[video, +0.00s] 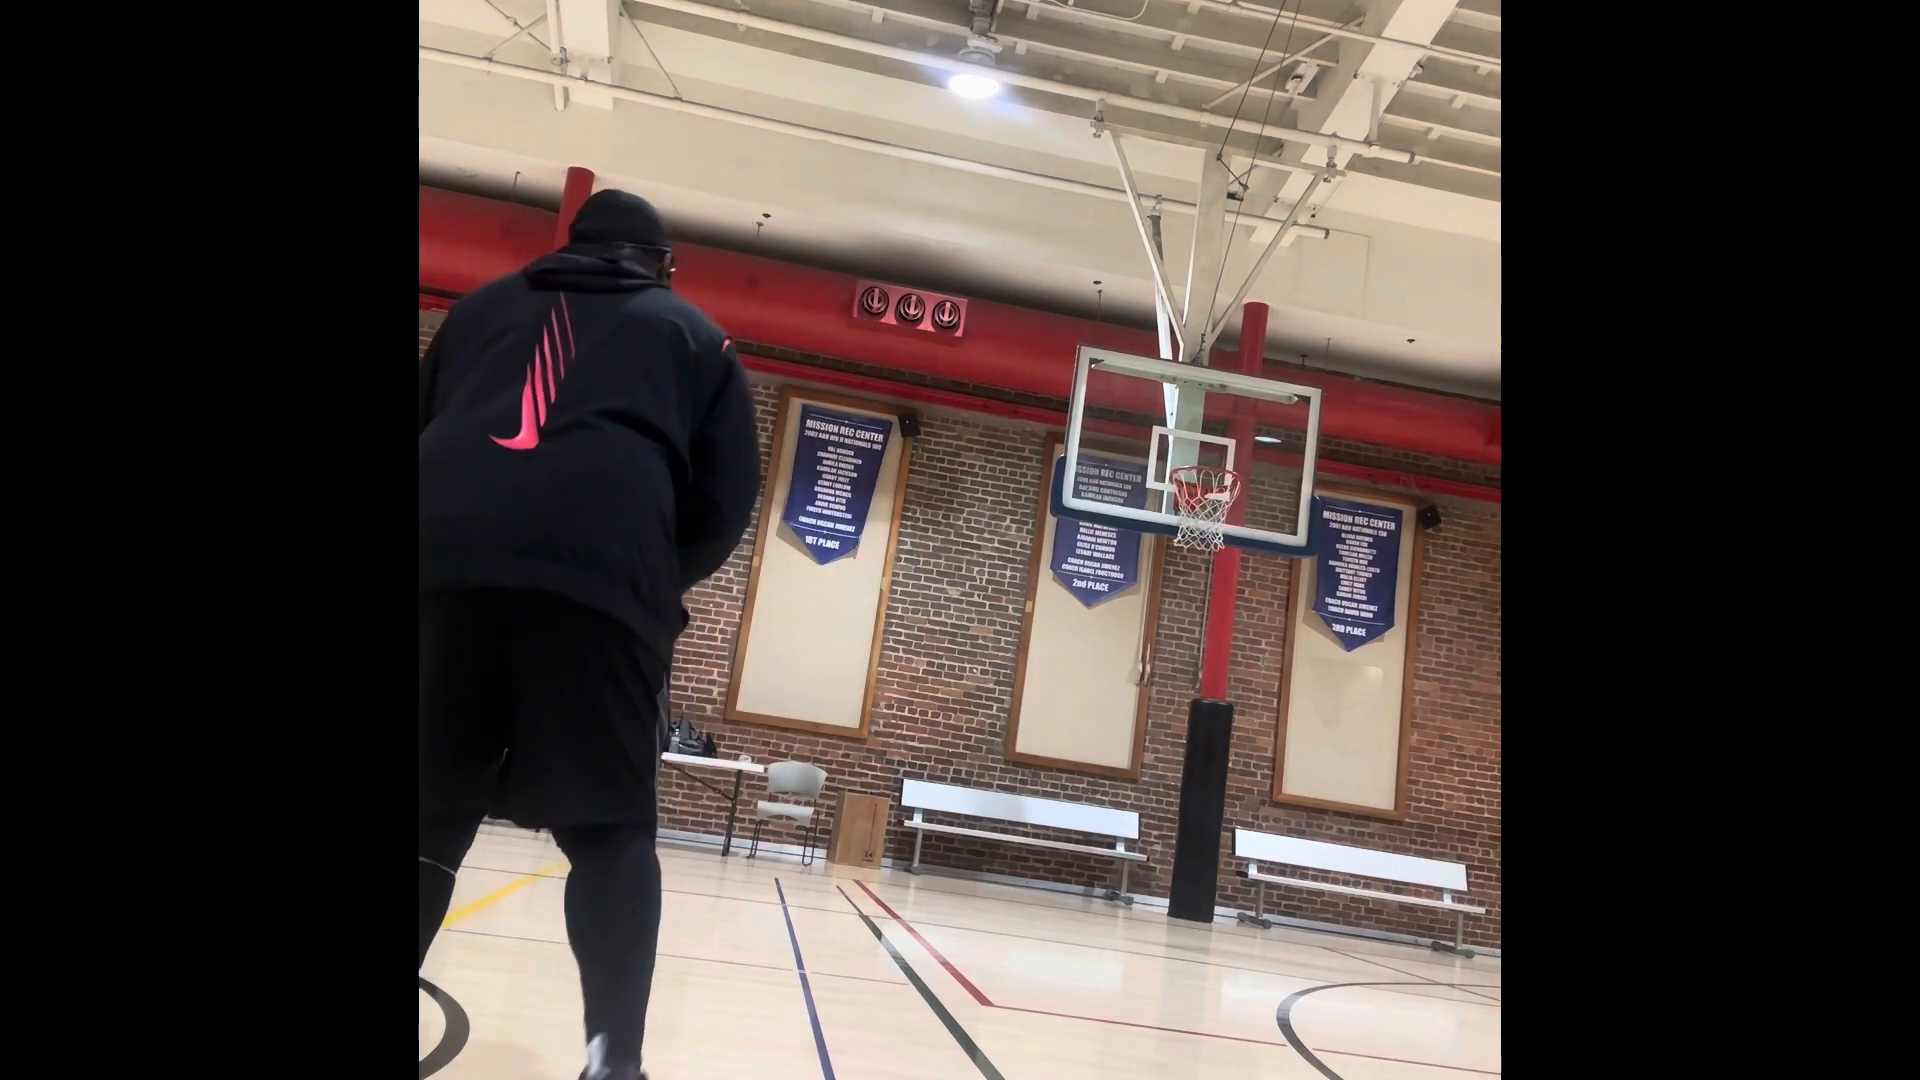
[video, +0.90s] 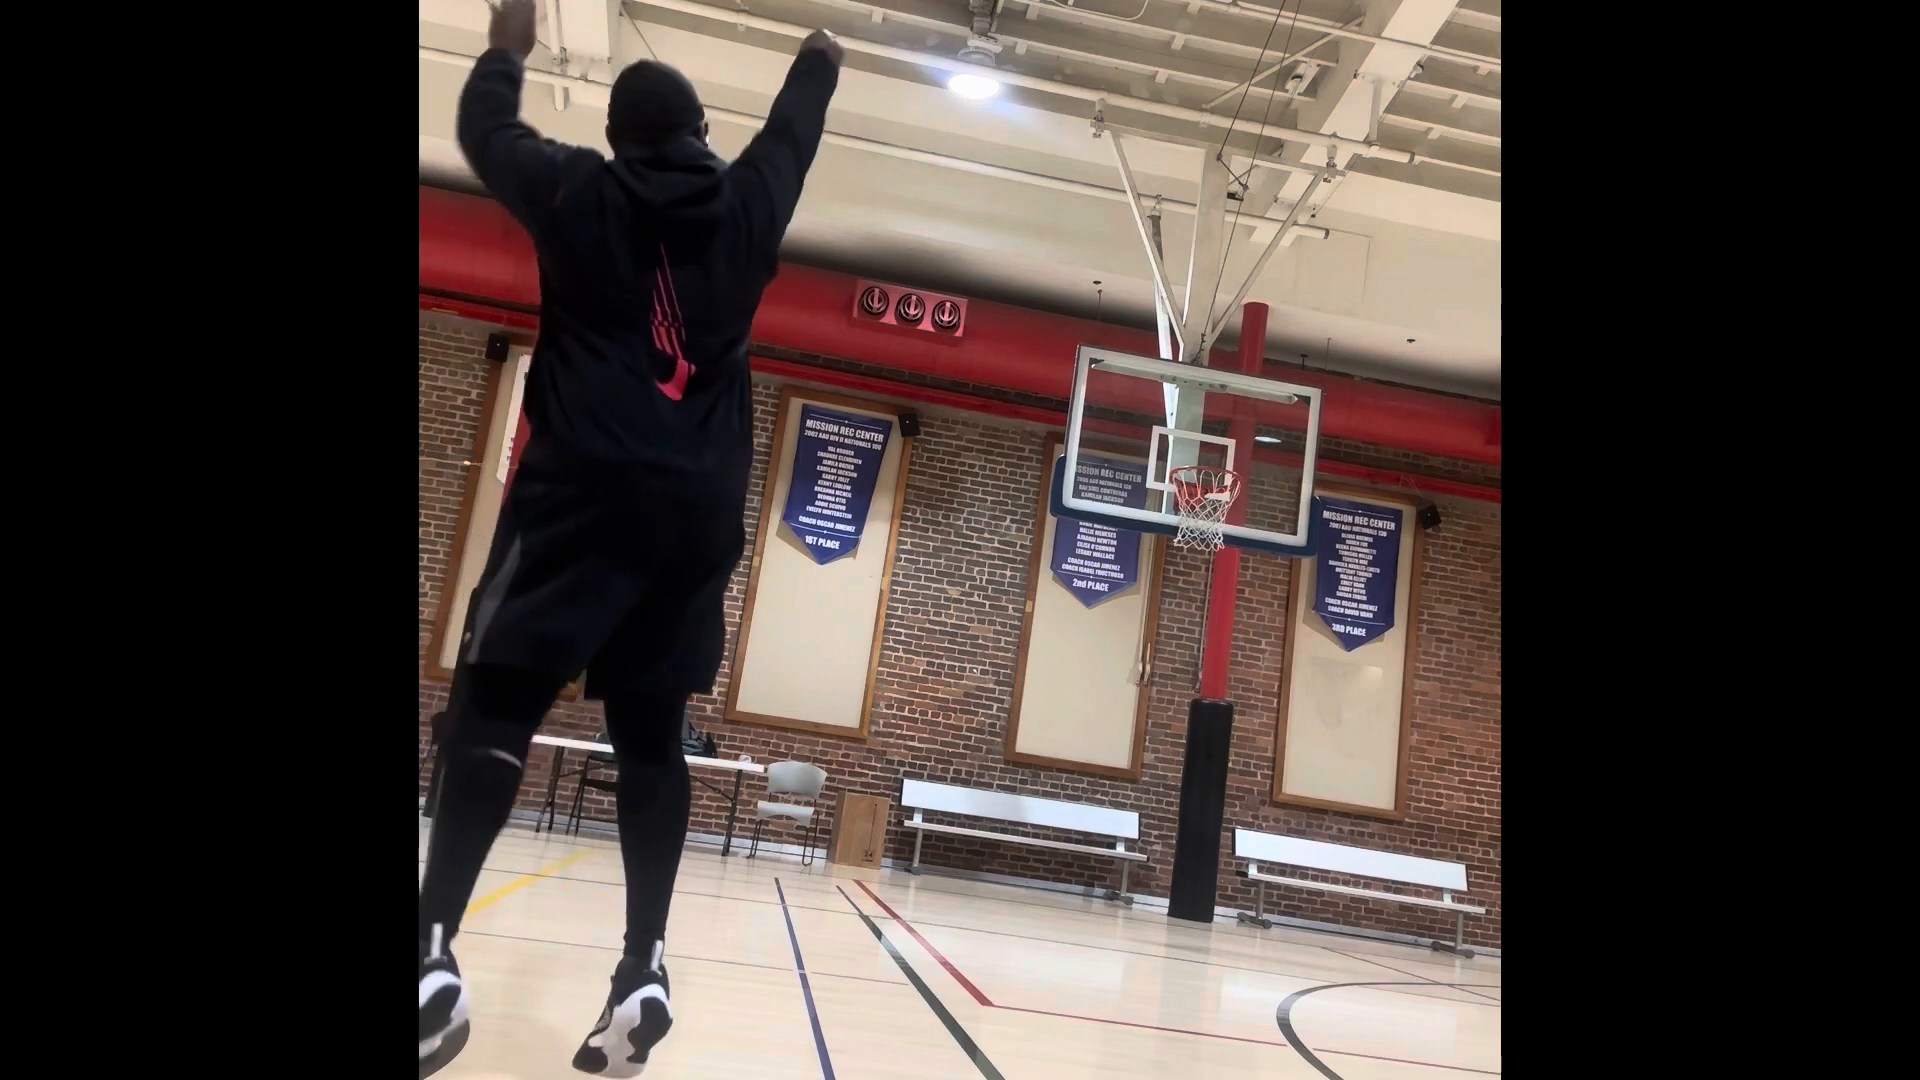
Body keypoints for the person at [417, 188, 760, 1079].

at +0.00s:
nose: (669, 277)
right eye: (670, 266)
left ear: (570, 243)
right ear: (659, 263)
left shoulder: (478, 308)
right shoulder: (696, 337)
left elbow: (425, 425)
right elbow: (728, 497)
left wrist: (454, 523)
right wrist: (653, 567)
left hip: (443, 571)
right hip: (601, 586)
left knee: (429, 819)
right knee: (611, 831)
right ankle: (614, 1057)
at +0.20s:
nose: (636, 287)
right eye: (636, 276)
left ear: (545, 265)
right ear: (631, 277)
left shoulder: (466, 325)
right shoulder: (674, 365)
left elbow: (447, 408)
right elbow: (717, 522)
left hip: (446, 603)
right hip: (596, 618)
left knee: (439, 828)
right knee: (588, 822)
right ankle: (599, 1052)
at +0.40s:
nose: (640, 288)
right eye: (642, 277)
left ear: (546, 279)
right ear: (638, 284)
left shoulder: (490, 340)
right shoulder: (680, 377)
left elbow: (500, 302)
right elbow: (778, 411)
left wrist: (573, 258)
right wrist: (729, 309)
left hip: (472, 640)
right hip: (614, 658)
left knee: (442, 855)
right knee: (581, 845)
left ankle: (419, 1018)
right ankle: (587, 1050)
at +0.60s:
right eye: (659, 216)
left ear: (565, 231)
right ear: (663, 235)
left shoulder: (525, 304)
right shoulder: (711, 333)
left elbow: (531, 213)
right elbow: (802, 325)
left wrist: (635, 147)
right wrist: (750, 227)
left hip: (513, 604)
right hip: (648, 625)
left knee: (448, 817)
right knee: (597, 831)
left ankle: (415, 1014)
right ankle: (592, 1047)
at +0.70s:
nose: (686, 185)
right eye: (682, 171)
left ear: (588, 170)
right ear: (679, 178)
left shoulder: (549, 238)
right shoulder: (723, 266)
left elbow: (540, 176)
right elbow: (786, 221)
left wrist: (583, 103)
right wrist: (805, 145)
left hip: (532, 546)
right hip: (659, 573)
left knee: (463, 756)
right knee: (626, 785)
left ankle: (413, 984)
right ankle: (609, 1030)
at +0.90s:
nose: (634, 126)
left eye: (623, 116)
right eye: (667, 121)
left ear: (614, 128)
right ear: (700, 130)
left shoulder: (574, 191)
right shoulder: (747, 211)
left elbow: (488, 130)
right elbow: (794, 129)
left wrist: (508, 42)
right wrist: (824, 51)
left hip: (575, 497)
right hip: (699, 519)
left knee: (494, 711)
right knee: (654, 737)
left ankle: (436, 948)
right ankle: (644, 970)